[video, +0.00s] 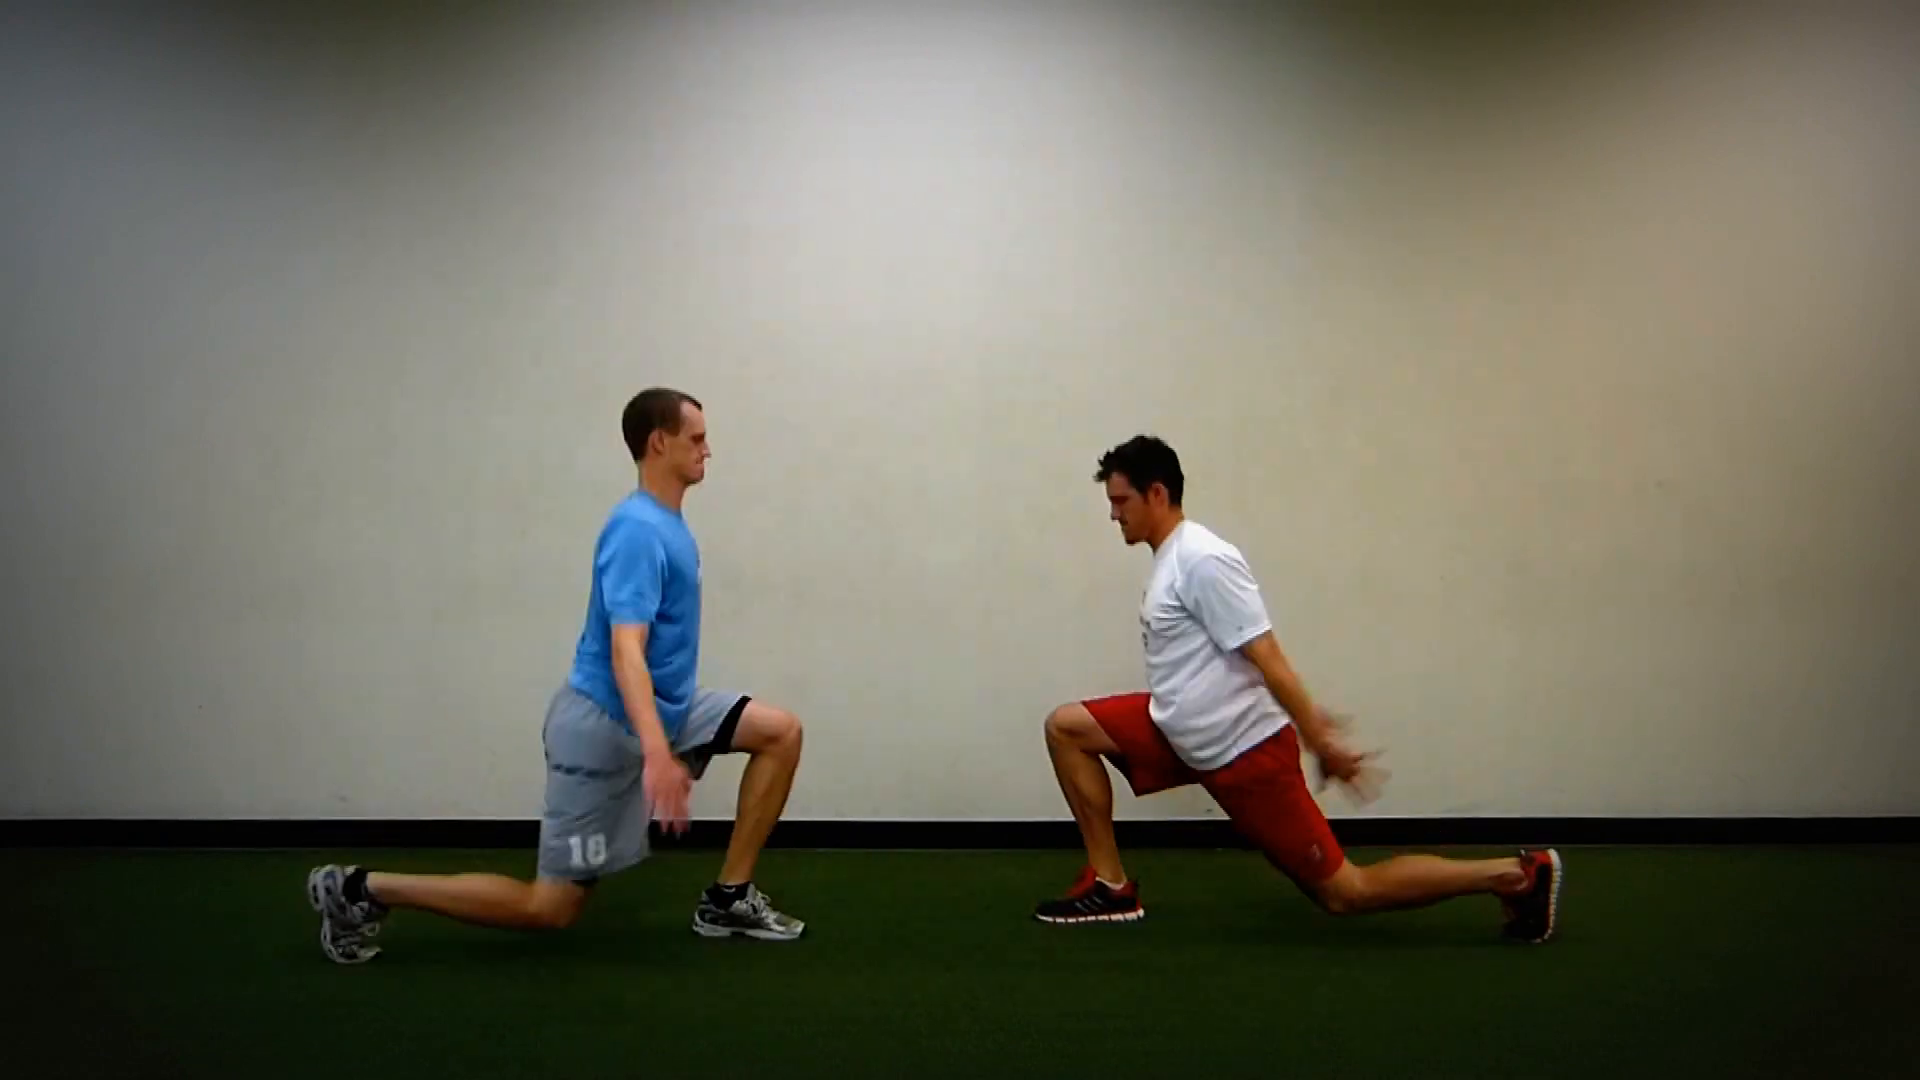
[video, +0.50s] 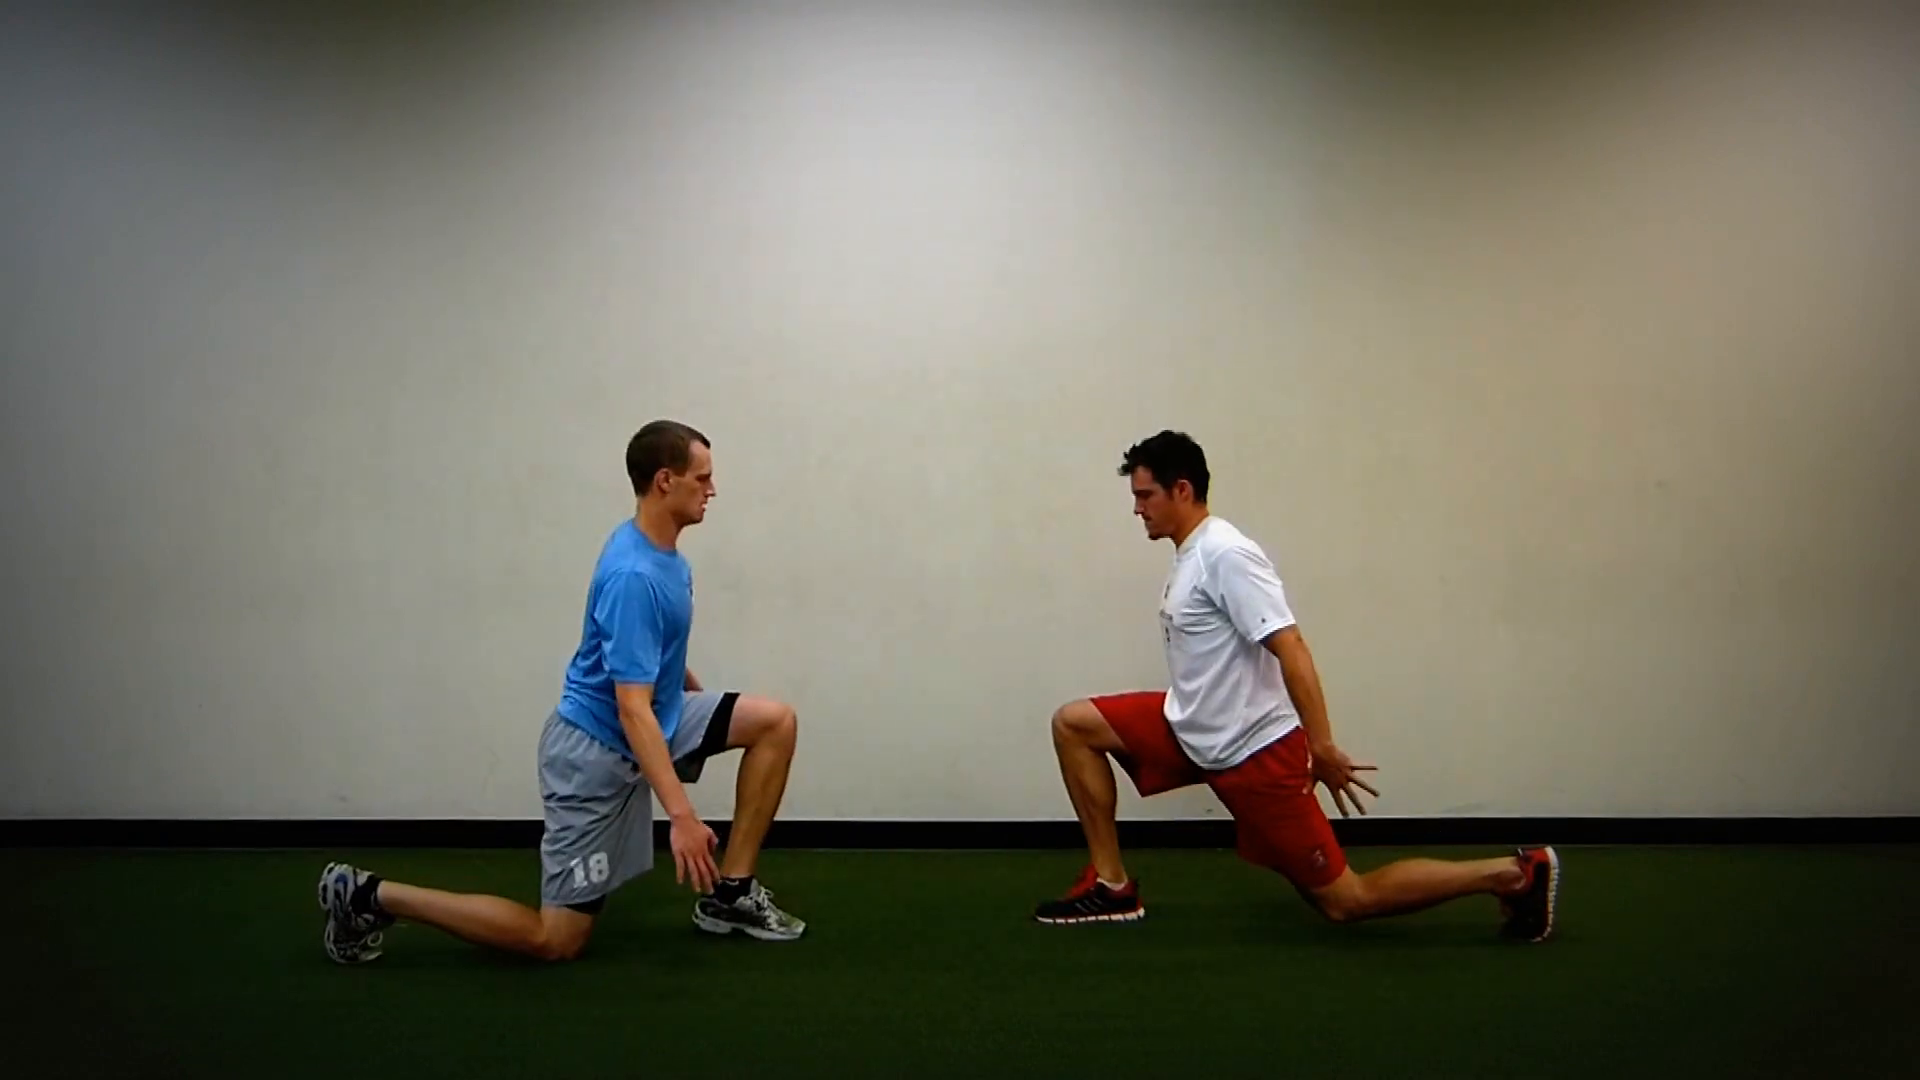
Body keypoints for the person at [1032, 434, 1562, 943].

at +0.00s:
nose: (1112, 514)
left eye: (1117, 501)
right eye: (1110, 502)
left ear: (1156, 495)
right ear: (1151, 496)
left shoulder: (1205, 563)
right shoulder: (1172, 561)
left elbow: (1271, 662)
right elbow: (1242, 658)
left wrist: (1319, 742)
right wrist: (1314, 725)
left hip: (1244, 744)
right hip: (1185, 726)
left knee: (1343, 890)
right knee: (1067, 727)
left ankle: (1519, 875)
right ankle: (1108, 884)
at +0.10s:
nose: (1120, 518)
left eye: (1126, 504)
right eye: (1118, 506)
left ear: (1166, 498)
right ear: (1155, 502)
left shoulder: (1212, 562)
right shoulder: (1182, 562)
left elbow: (1288, 639)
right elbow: (1275, 628)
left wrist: (1353, 719)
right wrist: (1338, 678)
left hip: (1247, 747)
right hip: (1191, 728)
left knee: (1340, 903)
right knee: (1070, 726)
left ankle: (1514, 874)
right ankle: (1108, 884)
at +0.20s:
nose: (1126, 511)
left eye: (1132, 497)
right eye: (1124, 499)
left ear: (1172, 491)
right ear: (1159, 494)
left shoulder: (1218, 555)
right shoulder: (1183, 555)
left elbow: (1287, 637)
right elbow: (1273, 635)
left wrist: (1341, 723)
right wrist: (1336, 706)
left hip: (1252, 741)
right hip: (1193, 721)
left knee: (1344, 897)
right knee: (1074, 726)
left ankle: (1517, 873)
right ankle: (1108, 884)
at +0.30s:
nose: (1133, 504)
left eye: (1140, 490)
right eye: (1130, 492)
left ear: (1180, 485)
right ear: (1170, 487)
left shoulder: (1221, 548)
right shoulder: (1187, 549)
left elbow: (1284, 638)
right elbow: (1229, 650)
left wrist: (1318, 735)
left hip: (1256, 736)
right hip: (1196, 717)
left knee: (1345, 893)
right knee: (1077, 725)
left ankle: (1520, 874)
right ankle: (1109, 884)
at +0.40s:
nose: (1138, 504)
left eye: (1145, 490)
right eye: (1135, 492)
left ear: (1184, 486)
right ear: (1174, 487)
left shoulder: (1223, 549)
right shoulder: (1189, 550)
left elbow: (1285, 640)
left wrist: (1313, 738)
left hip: (1255, 738)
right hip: (1196, 718)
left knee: (1345, 895)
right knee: (1075, 726)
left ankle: (1518, 873)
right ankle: (1109, 884)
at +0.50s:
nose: (1138, 509)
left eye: (1145, 496)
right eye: (1135, 497)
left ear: (1184, 491)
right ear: (1175, 492)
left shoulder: (1226, 555)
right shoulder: (1191, 556)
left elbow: (1290, 648)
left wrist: (1322, 744)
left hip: (1256, 743)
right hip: (1196, 722)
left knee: (1344, 901)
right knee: (1074, 726)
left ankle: (1517, 874)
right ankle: (1108, 884)